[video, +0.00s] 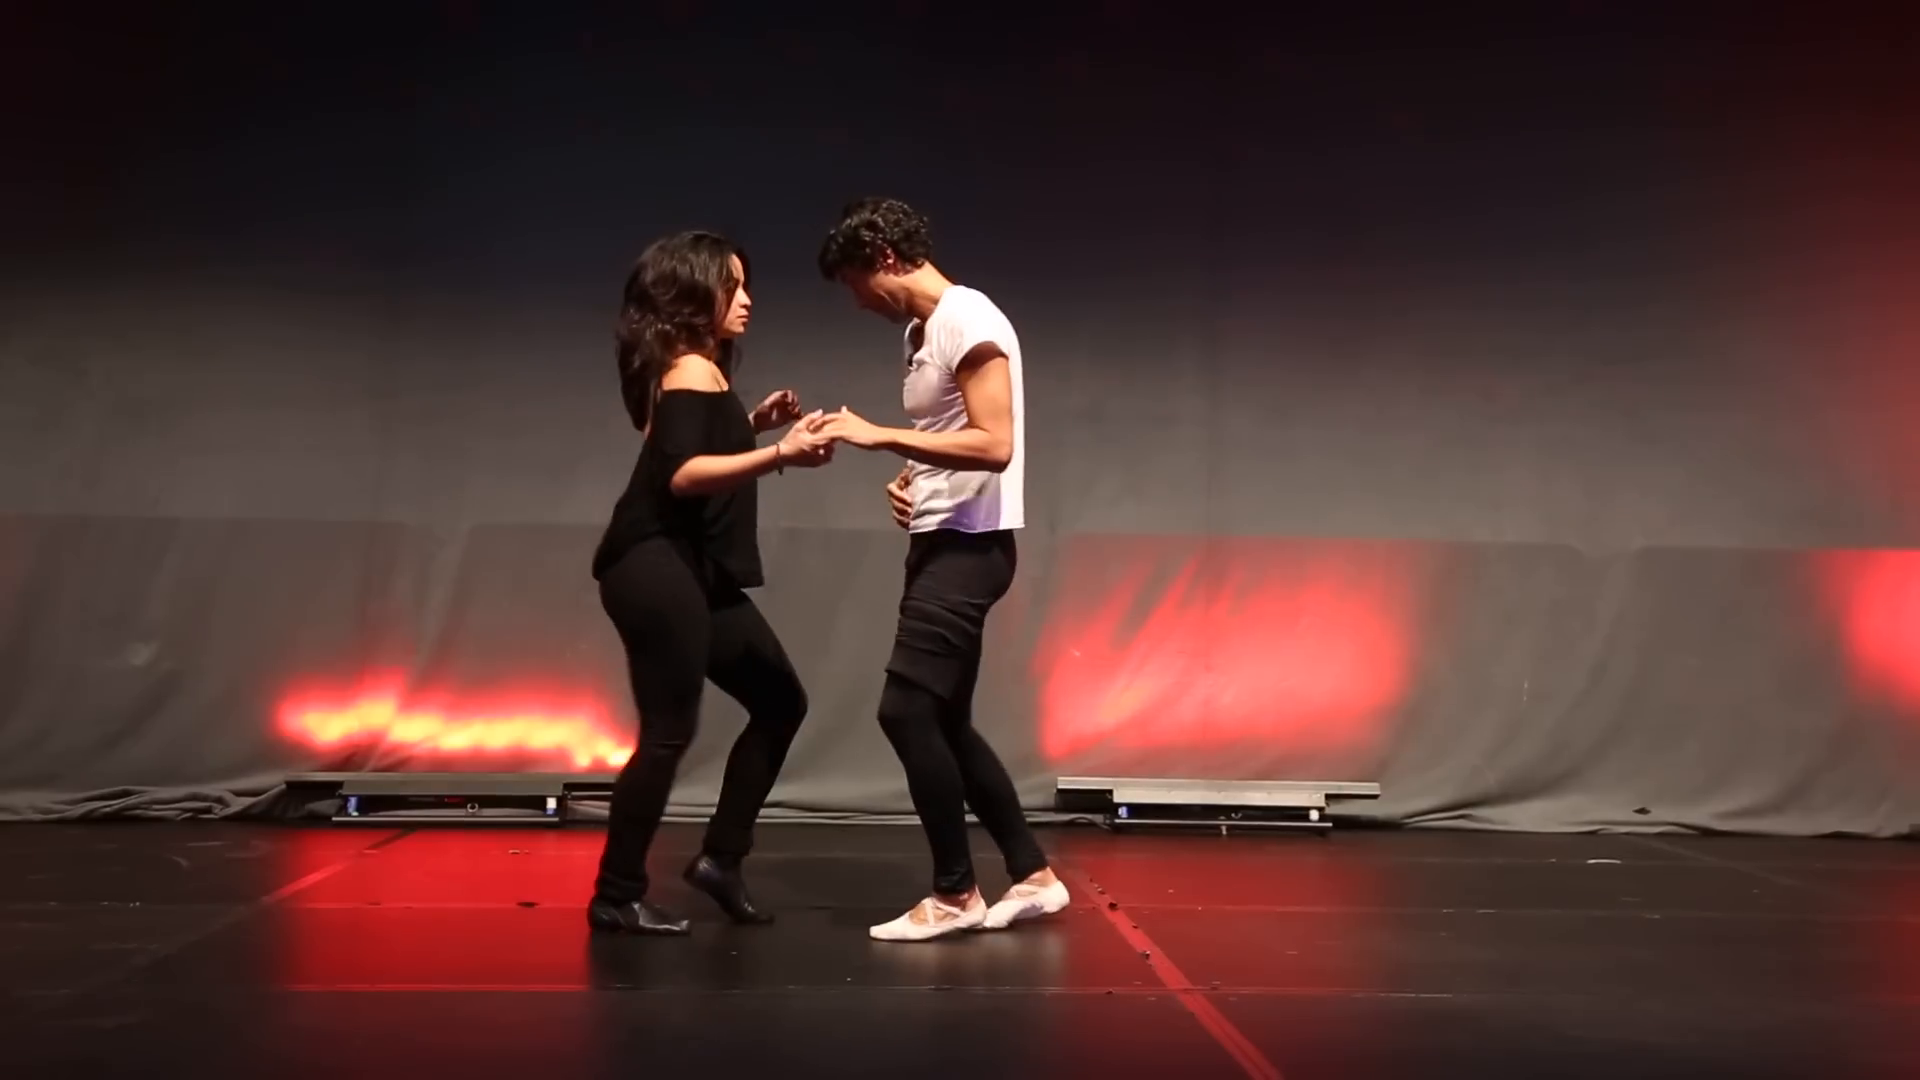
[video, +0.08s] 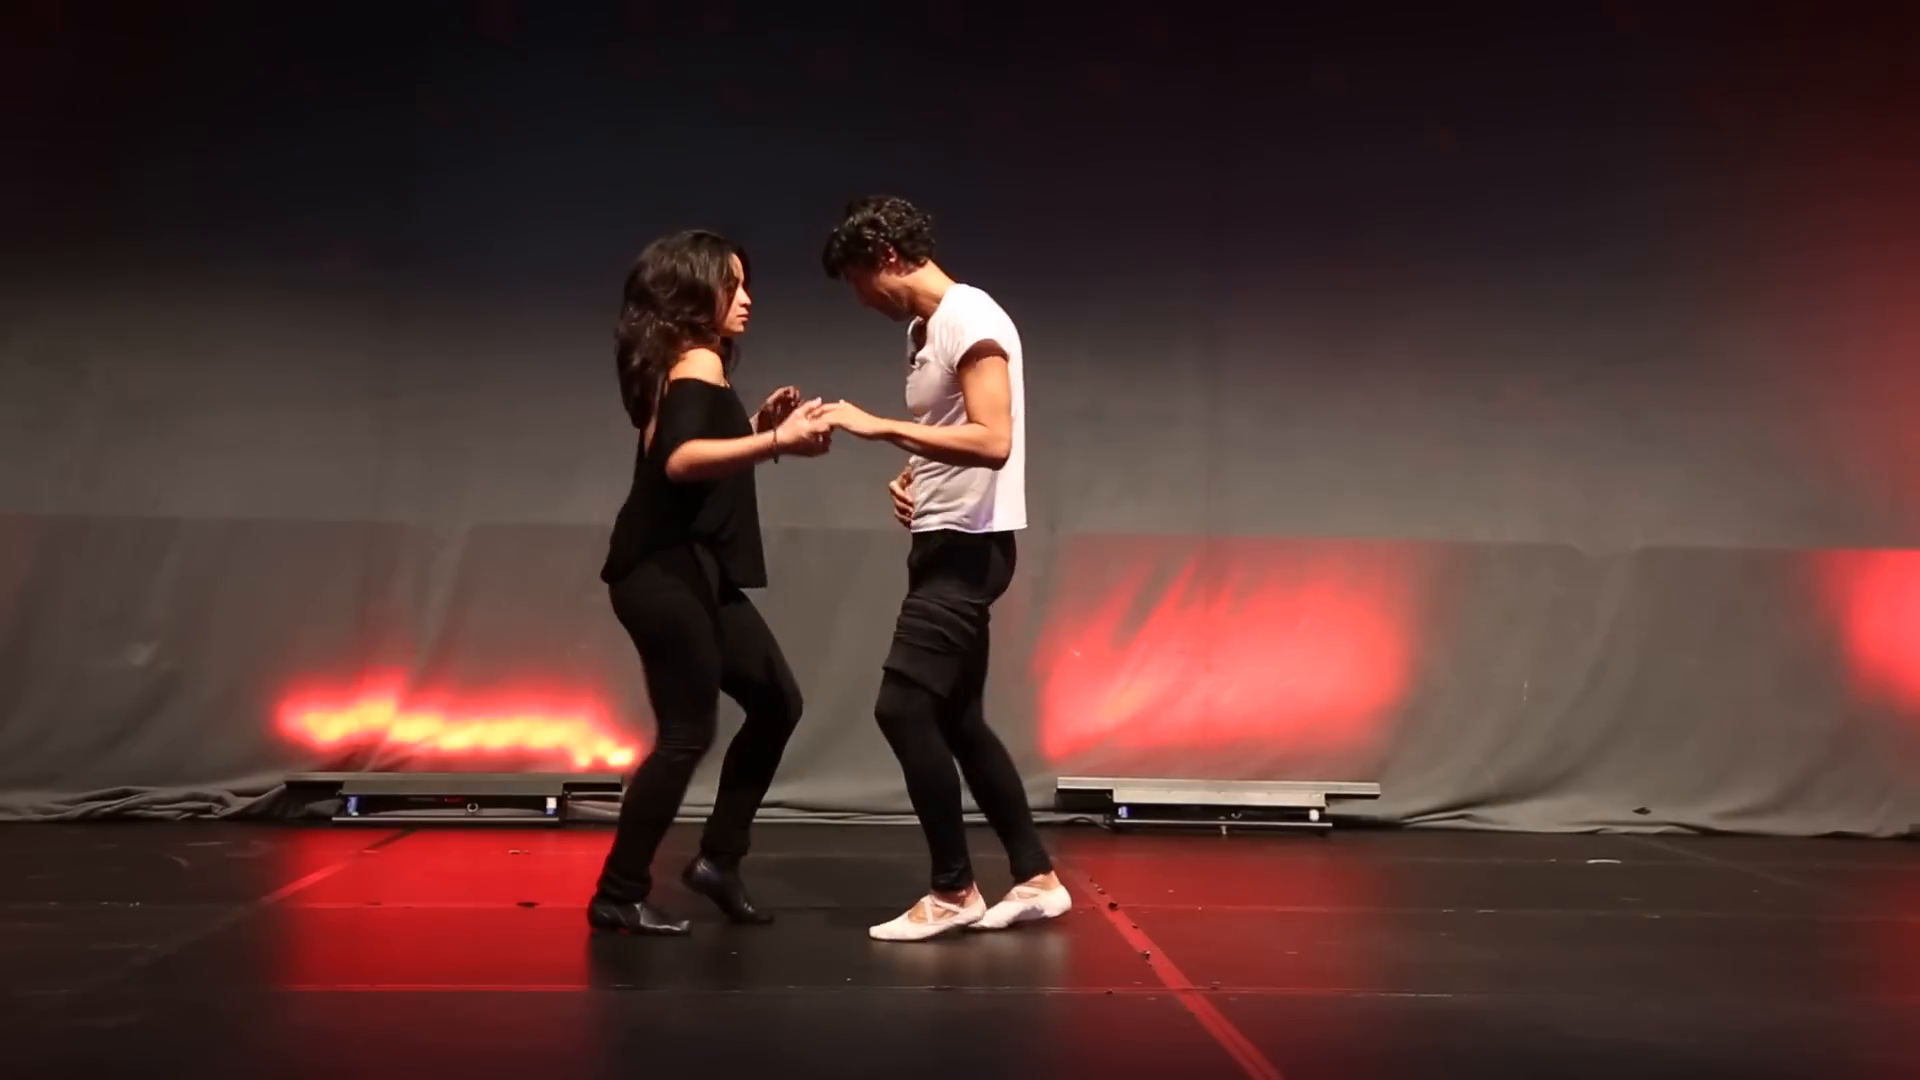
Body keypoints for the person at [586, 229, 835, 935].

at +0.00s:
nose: (745, 299)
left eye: (744, 286)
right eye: (733, 287)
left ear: (705, 302)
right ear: (696, 297)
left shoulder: (706, 371)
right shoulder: (689, 374)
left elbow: (695, 455)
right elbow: (682, 473)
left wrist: (755, 425)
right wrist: (777, 455)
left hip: (694, 575)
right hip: (654, 571)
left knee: (781, 704)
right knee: (667, 732)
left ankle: (721, 860)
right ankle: (616, 898)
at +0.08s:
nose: (745, 298)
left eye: (744, 285)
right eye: (733, 286)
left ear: (689, 299)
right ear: (698, 294)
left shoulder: (690, 365)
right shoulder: (694, 366)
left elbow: (679, 451)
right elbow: (680, 456)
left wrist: (760, 425)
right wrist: (775, 440)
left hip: (695, 575)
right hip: (660, 576)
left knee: (778, 705)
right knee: (686, 731)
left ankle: (719, 861)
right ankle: (618, 895)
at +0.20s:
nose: (743, 297)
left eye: (740, 284)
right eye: (731, 285)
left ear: (681, 296)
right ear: (698, 292)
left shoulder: (683, 359)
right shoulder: (696, 355)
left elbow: (699, 448)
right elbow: (671, 431)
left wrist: (764, 417)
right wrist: (771, 417)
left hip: (692, 570)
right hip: (666, 575)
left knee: (758, 706)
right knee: (701, 735)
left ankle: (712, 866)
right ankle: (618, 896)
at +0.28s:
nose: (738, 297)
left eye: (736, 285)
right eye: (727, 285)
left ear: (679, 294)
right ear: (696, 290)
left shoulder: (687, 357)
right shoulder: (693, 344)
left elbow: (716, 468)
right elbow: (671, 418)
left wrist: (772, 424)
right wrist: (769, 402)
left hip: (687, 568)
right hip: (664, 570)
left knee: (742, 708)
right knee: (705, 735)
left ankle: (706, 872)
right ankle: (618, 896)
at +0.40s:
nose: (732, 299)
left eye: (732, 287)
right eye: (720, 286)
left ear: (687, 292)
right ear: (685, 288)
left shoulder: (688, 360)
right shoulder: (672, 339)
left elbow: (707, 478)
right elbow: (666, 412)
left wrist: (766, 436)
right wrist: (768, 404)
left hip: (679, 571)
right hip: (653, 572)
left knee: (712, 727)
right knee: (702, 735)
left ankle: (695, 884)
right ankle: (618, 897)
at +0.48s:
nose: (731, 301)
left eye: (729, 288)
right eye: (719, 288)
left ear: (685, 293)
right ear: (681, 290)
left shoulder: (679, 363)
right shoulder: (656, 348)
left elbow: (696, 483)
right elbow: (666, 427)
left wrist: (763, 447)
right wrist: (770, 409)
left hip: (678, 575)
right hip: (651, 576)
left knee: (709, 730)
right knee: (699, 738)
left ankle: (692, 887)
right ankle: (618, 899)